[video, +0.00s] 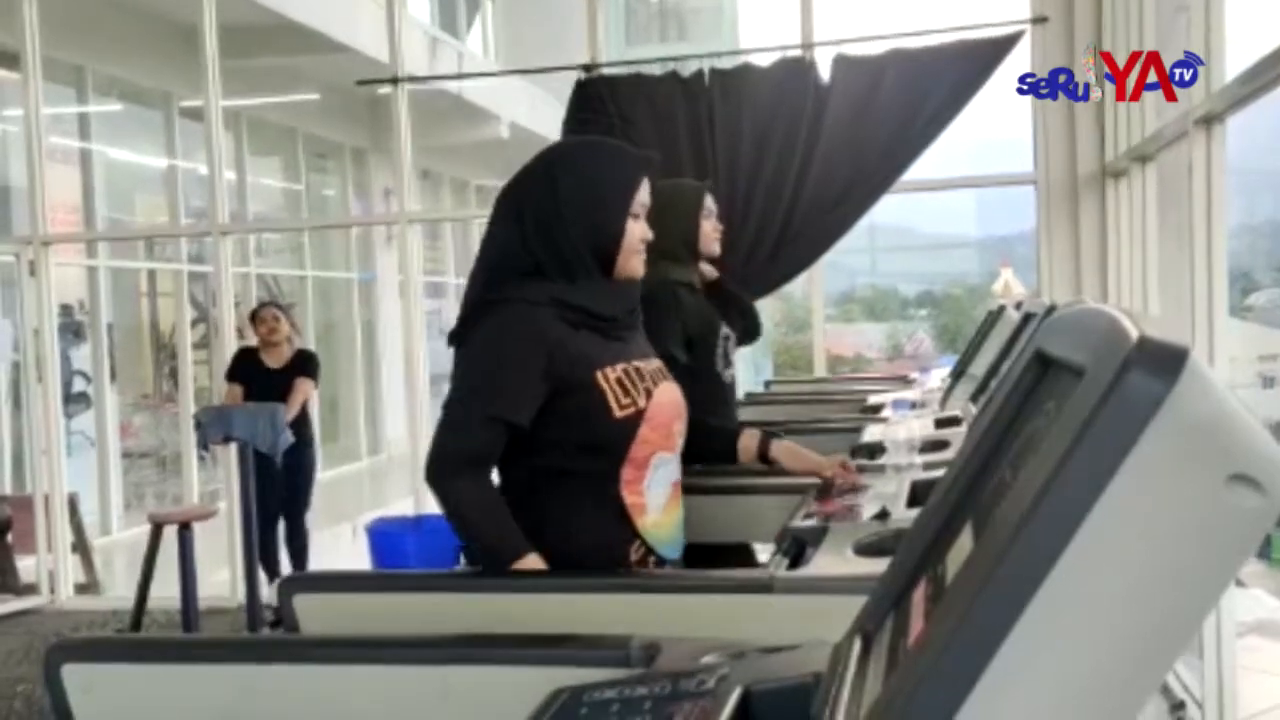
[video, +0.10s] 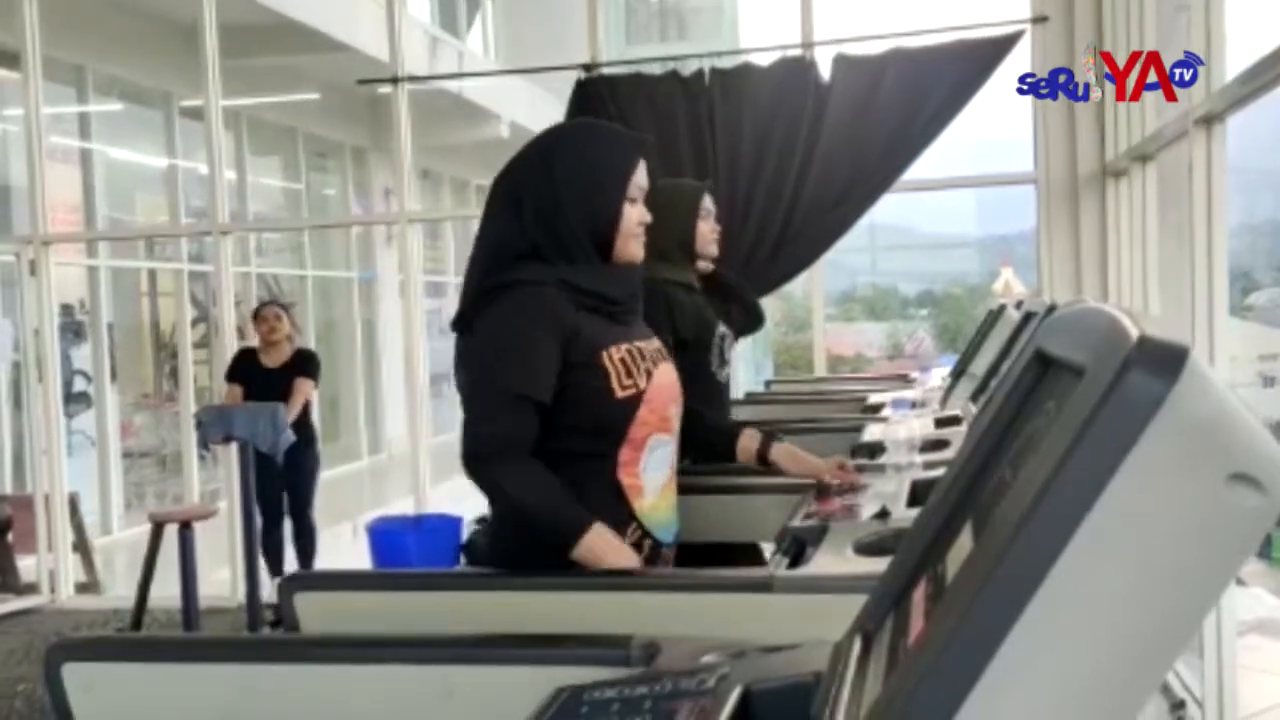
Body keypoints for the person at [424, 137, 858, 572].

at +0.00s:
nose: (648, 233)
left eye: (646, 215)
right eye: (636, 215)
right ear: (585, 219)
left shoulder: (613, 319)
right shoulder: (522, 327)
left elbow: (654, 433)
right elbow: (454, 468)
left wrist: (768, 450)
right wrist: (529, 571)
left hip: (643, 581)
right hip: (572, 596)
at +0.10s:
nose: (645, 216)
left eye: (644, 201)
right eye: (631, 199)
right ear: (582, 198)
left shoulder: (612, 300)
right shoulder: (526, 308)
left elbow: (661, 424)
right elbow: (494, 456)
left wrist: (773, 451)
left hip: (629, 571)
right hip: (552, 586)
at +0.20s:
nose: (643, 209)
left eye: (641, 193)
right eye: (630, 192)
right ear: (578, 191)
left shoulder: (604, 295)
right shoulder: (530, 297)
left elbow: (660, 419)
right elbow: (536, 447)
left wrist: (776, 446)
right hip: (551, 576)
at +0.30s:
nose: (648, 213)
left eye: (645, 197)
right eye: (634, 196)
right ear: (585, 196)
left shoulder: (604, 297)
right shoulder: (541, 297)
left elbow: (654, 416)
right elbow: (570, 433)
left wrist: (770, 446)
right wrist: (712, 489)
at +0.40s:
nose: (651, 225)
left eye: (649, 209)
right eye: (637, 208)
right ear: (588, 207)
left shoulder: (612, 309)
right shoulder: (554, 311)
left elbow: (667, 427)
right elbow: (588, 448)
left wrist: (778, 445)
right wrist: (722, 503)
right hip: (569, 580)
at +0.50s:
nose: (659, 219)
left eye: (656, 203)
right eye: (646, 202)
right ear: (598, 203)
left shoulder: (622, 307)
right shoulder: (561, 310)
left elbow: (667, 432)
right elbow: (566, 460)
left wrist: (776, 444)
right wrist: (678, 526)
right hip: (589, 582)